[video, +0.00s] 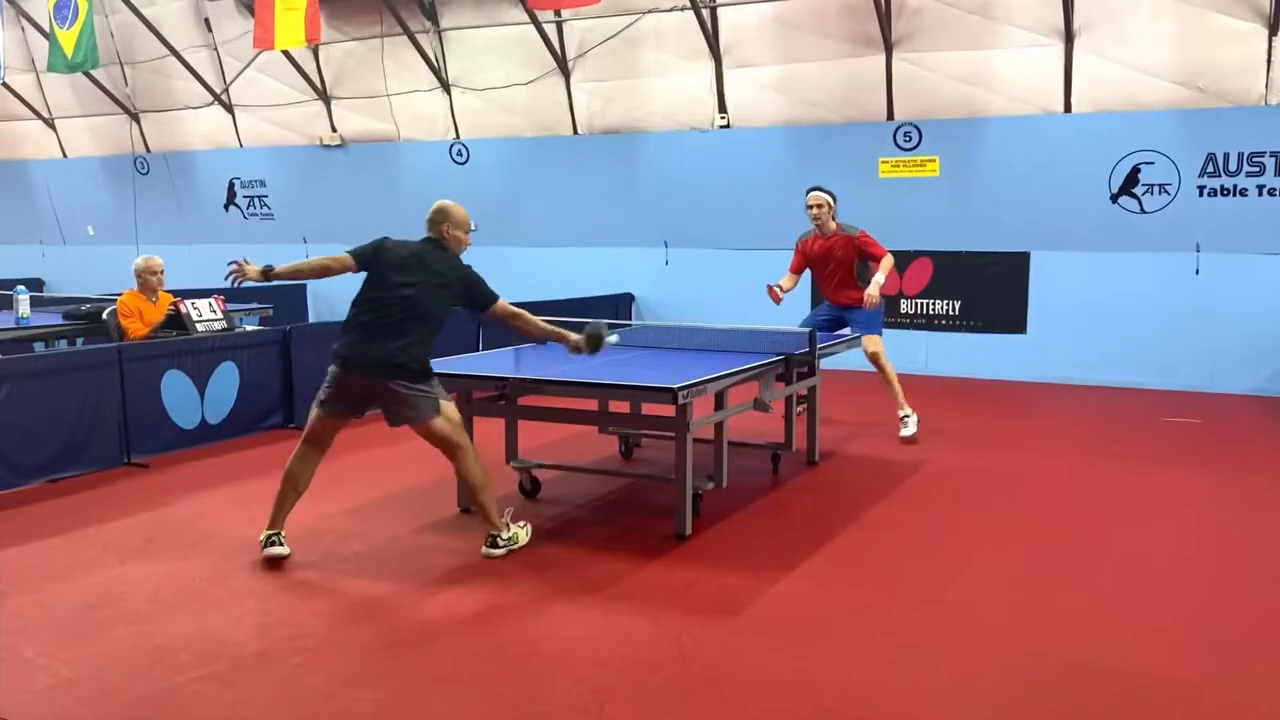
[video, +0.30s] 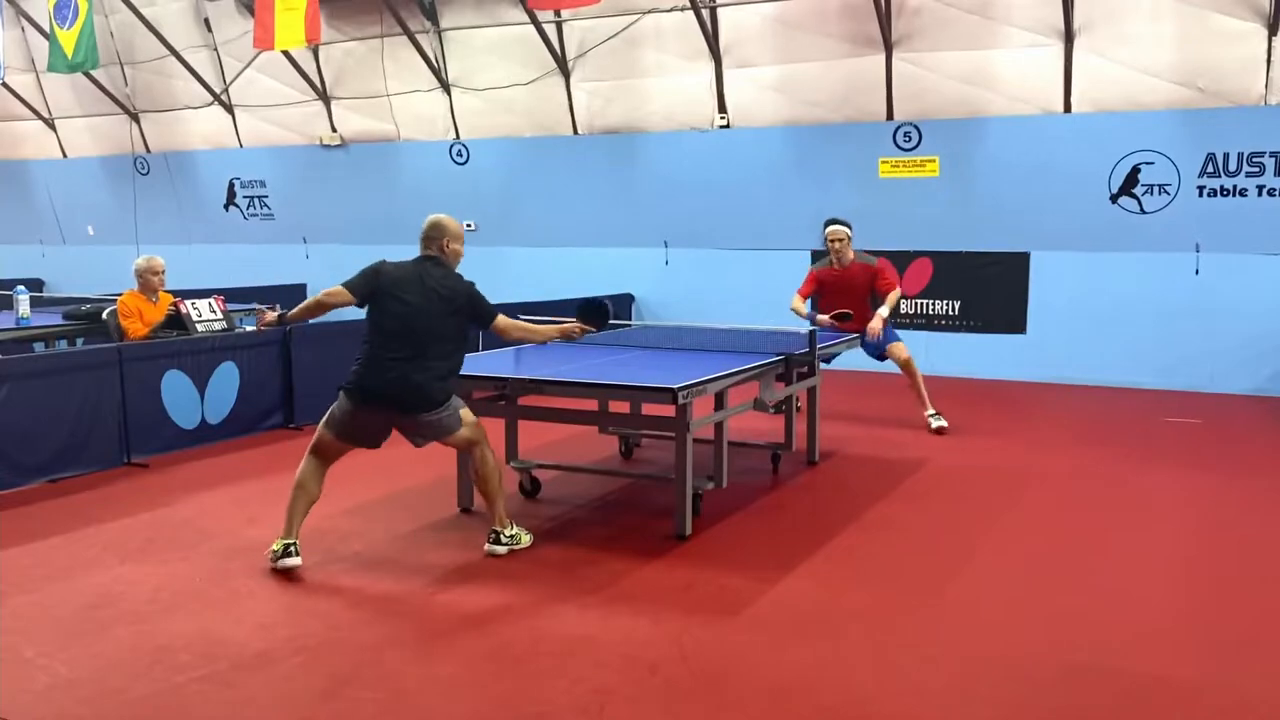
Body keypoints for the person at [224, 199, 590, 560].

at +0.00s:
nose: (470, 238)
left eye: (469, 230)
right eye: (466, 230)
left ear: (431, 229)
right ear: (447, 231)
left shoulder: (385, 249)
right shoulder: (460, 275)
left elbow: (329, 266)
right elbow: (513, 316)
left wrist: (267, 273)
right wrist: (566, 338)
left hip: (350, 364)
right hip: (405, 372)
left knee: (312, 443)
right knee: (460, 447)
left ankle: (273, 533)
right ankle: (498, 531)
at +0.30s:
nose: (463, 249)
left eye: (462, 243)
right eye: (461, 243)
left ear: (425, 245)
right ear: (445, 245)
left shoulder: (384, 273)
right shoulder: (461, 290)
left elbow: (329, 299)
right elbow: (506, 328)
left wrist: (287, 317)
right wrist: (557, 330)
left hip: (368, 392)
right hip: (427, 399)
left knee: (319, 456)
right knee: (478, 442)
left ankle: (288, 541)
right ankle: (500, 530)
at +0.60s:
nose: (410, 228)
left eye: (410, 220)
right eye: (407, 220)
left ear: (370, 217)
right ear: (389, 219)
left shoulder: (323, 246)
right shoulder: (386, 267)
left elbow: (276, 279)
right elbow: (389, 330)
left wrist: (307, 313)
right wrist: (441, 357)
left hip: (285, 371)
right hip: (335, 378)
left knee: (277, 451)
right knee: (400, 455)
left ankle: (229, 540)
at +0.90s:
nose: (380, 241)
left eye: (378, 232)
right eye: (374, 232)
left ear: (341, 235)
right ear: (349, 236)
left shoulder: (295, 267)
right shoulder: (355, 291)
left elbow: (248, 303)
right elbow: (413, 333)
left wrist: (266, 339)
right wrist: (471, 301)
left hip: (246, 401)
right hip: (291, 407)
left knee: (237, 477)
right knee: (383, 465)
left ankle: (188, 556)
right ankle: (379, 577)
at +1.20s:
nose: (318, 229)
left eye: (316, 221)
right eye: (316, 221)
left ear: (270, 226)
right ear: (303, 226)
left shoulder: (229, 275)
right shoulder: (317, 283)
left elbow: (189, 330)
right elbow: (378, 329)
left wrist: (237, 330)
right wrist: (412, 291)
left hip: (220, 428)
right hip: (290, 429)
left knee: (177, 515)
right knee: (354, 492)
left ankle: (119, 606)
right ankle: (370, 603)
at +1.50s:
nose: (275, 228)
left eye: (274, 219)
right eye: (274, 220)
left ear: (225, 219)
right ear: (260, 222)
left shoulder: (177, 264)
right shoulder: (244, 276)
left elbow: (137, 329)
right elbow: (248, 353)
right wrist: (293, 382)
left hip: (127, 412)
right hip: (185, 414)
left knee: (124, 517)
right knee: (264, 516)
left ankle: (45, 623)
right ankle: (267, 656)